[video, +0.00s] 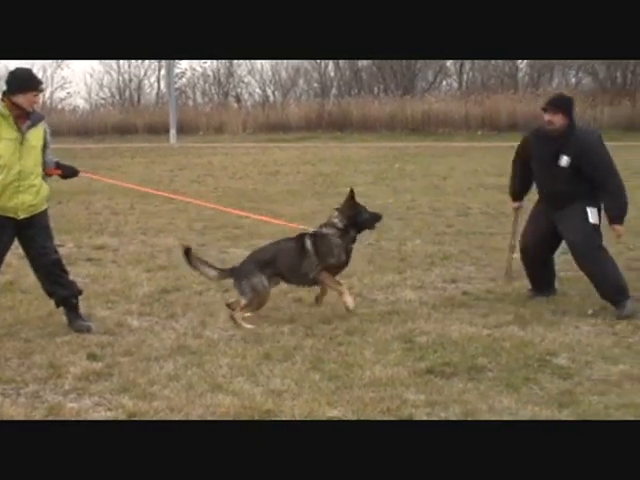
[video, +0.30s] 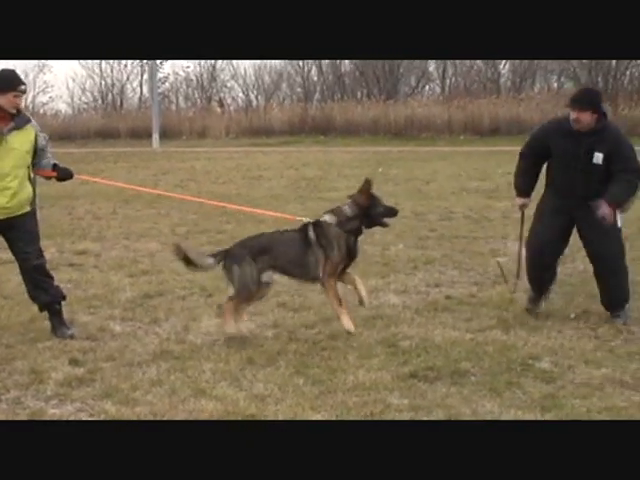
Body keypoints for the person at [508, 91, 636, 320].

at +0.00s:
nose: (548, 118)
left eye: (554, 114)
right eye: (546, 113)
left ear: (567, 117)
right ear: (542, 114)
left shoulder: (586, 141)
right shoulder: (534, 140)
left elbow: (609, 178)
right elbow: (521, 166)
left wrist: (616, 216)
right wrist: (517, 195)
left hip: (580, 206)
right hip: (547, 205)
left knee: (587, 252)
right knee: (531, 246)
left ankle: (622, 300)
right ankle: (542, 289)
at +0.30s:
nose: (574, 116)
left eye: (581, 112)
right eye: (572, 110)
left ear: (595, 114)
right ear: (568, 110)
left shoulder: (612, 139)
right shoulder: (554, 131)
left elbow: (629, 175)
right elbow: (529, 155)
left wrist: (611, 202)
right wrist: (523, 191)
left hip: (595, 206)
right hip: (555, 203)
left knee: (609, 256)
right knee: (538, 249)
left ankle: (617, 307)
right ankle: (538, 289)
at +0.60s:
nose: (555, 134)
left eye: (561, 128)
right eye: (553, 128)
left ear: (578, 126)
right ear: (551, 126)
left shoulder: (607, 144)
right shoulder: (548, 153)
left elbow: (633, 179)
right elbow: (536, 191)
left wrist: (610, 213)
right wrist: (533, 230)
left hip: (614, 223)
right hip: (573, 224)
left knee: (626, 273)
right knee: (553, 272)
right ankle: (544, 332)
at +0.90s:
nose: (599, 138)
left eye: (606, 133)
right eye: (597, 132)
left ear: (623, 132)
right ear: (592, 129)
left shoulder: (635, 151)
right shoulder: (582, 150)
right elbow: (565, 181)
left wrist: (639, 206)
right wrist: (566, 220)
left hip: (635, 233)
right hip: (603, 231)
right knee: (570, 277)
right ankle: (544, 334)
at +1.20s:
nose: (592, 138)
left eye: (598, 134)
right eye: (591, 132)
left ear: (616, 135)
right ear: (588, 129)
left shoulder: (634, 156)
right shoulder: (578, 147)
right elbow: (560, 173)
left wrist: (635, 242)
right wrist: (553, 210)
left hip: (629, 227)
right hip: (592, 221)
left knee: (637, 276)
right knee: (561, 265)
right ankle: (549, 329)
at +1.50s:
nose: (526, 126)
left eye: (528, 121)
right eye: (525, 121)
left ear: (543, 117)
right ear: (541, 117)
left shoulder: (575, 132)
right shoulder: (549, 134)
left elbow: (570, 178)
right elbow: (546, 171)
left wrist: (527, 186)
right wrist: (536, 205)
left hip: (594, 217)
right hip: (561, 215)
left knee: (604, 281)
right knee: (530, 260)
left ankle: (636, 340)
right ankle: (538, 324)